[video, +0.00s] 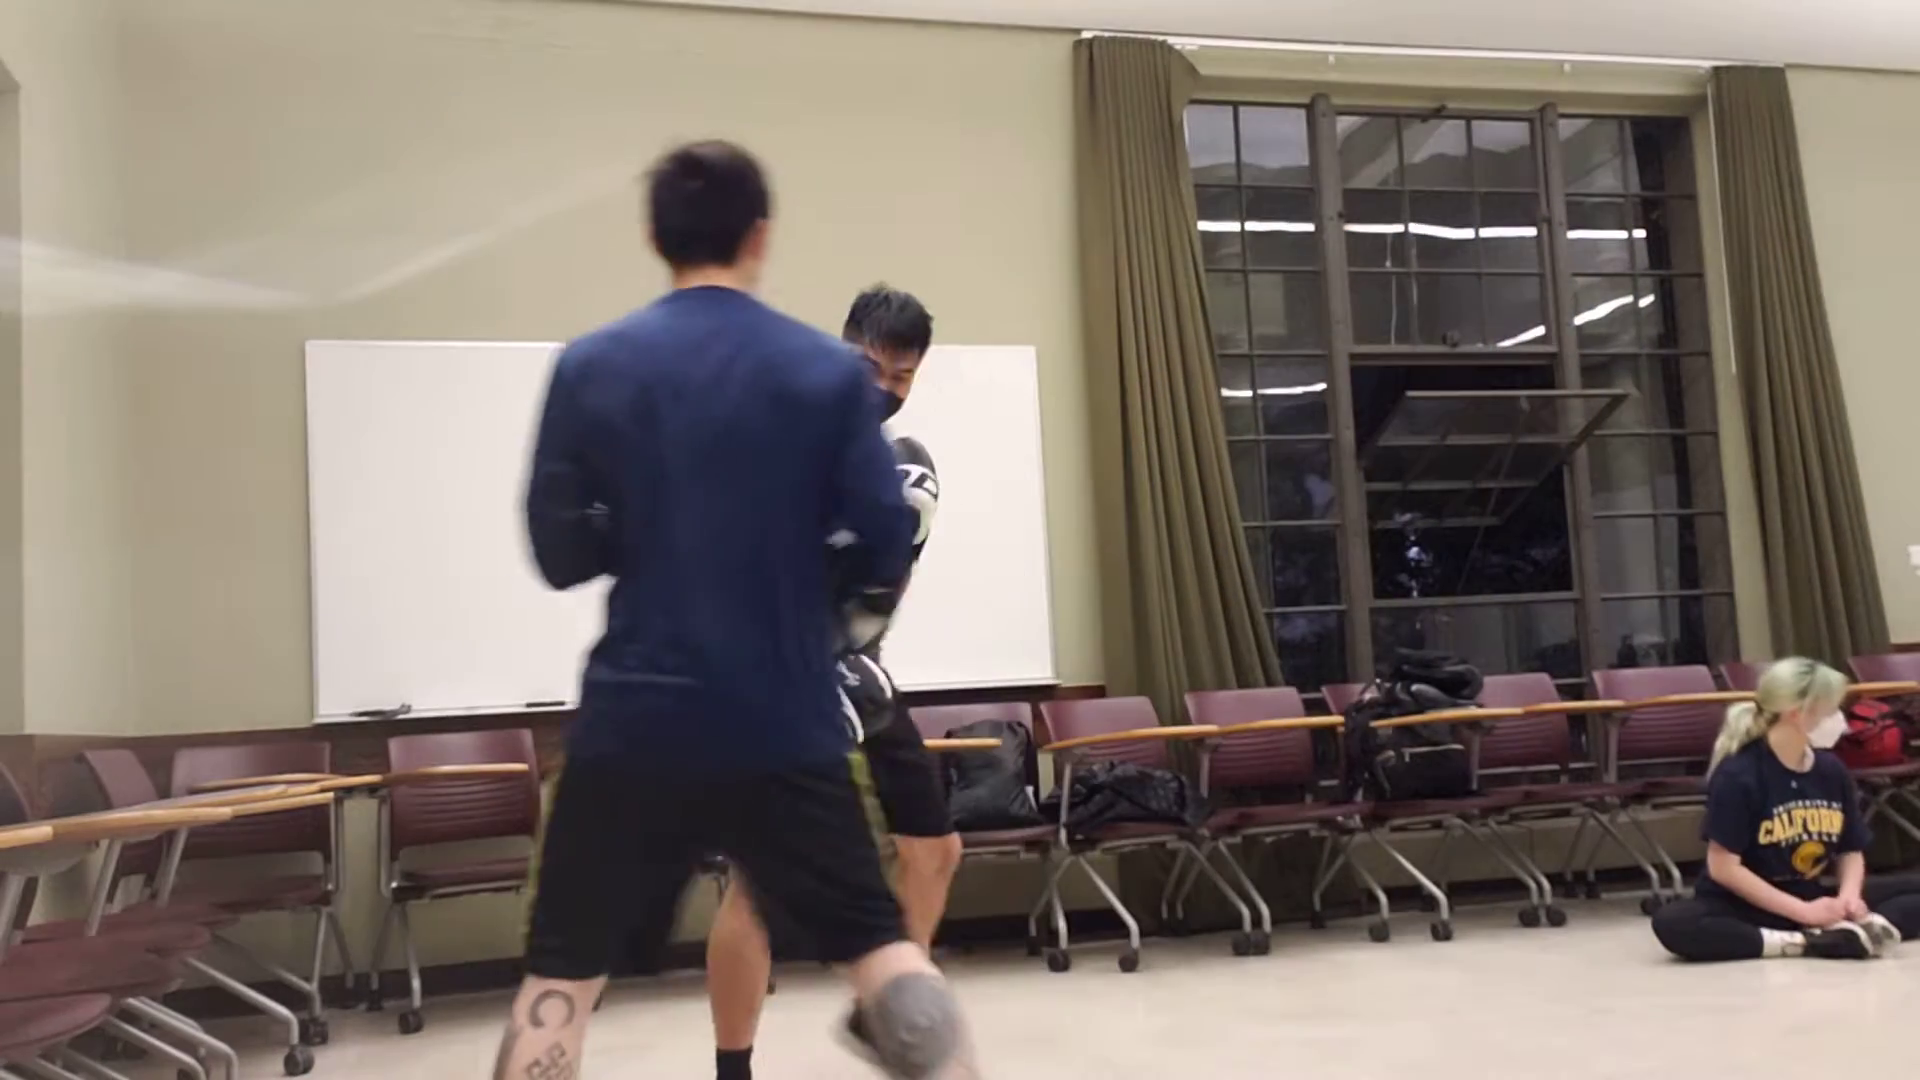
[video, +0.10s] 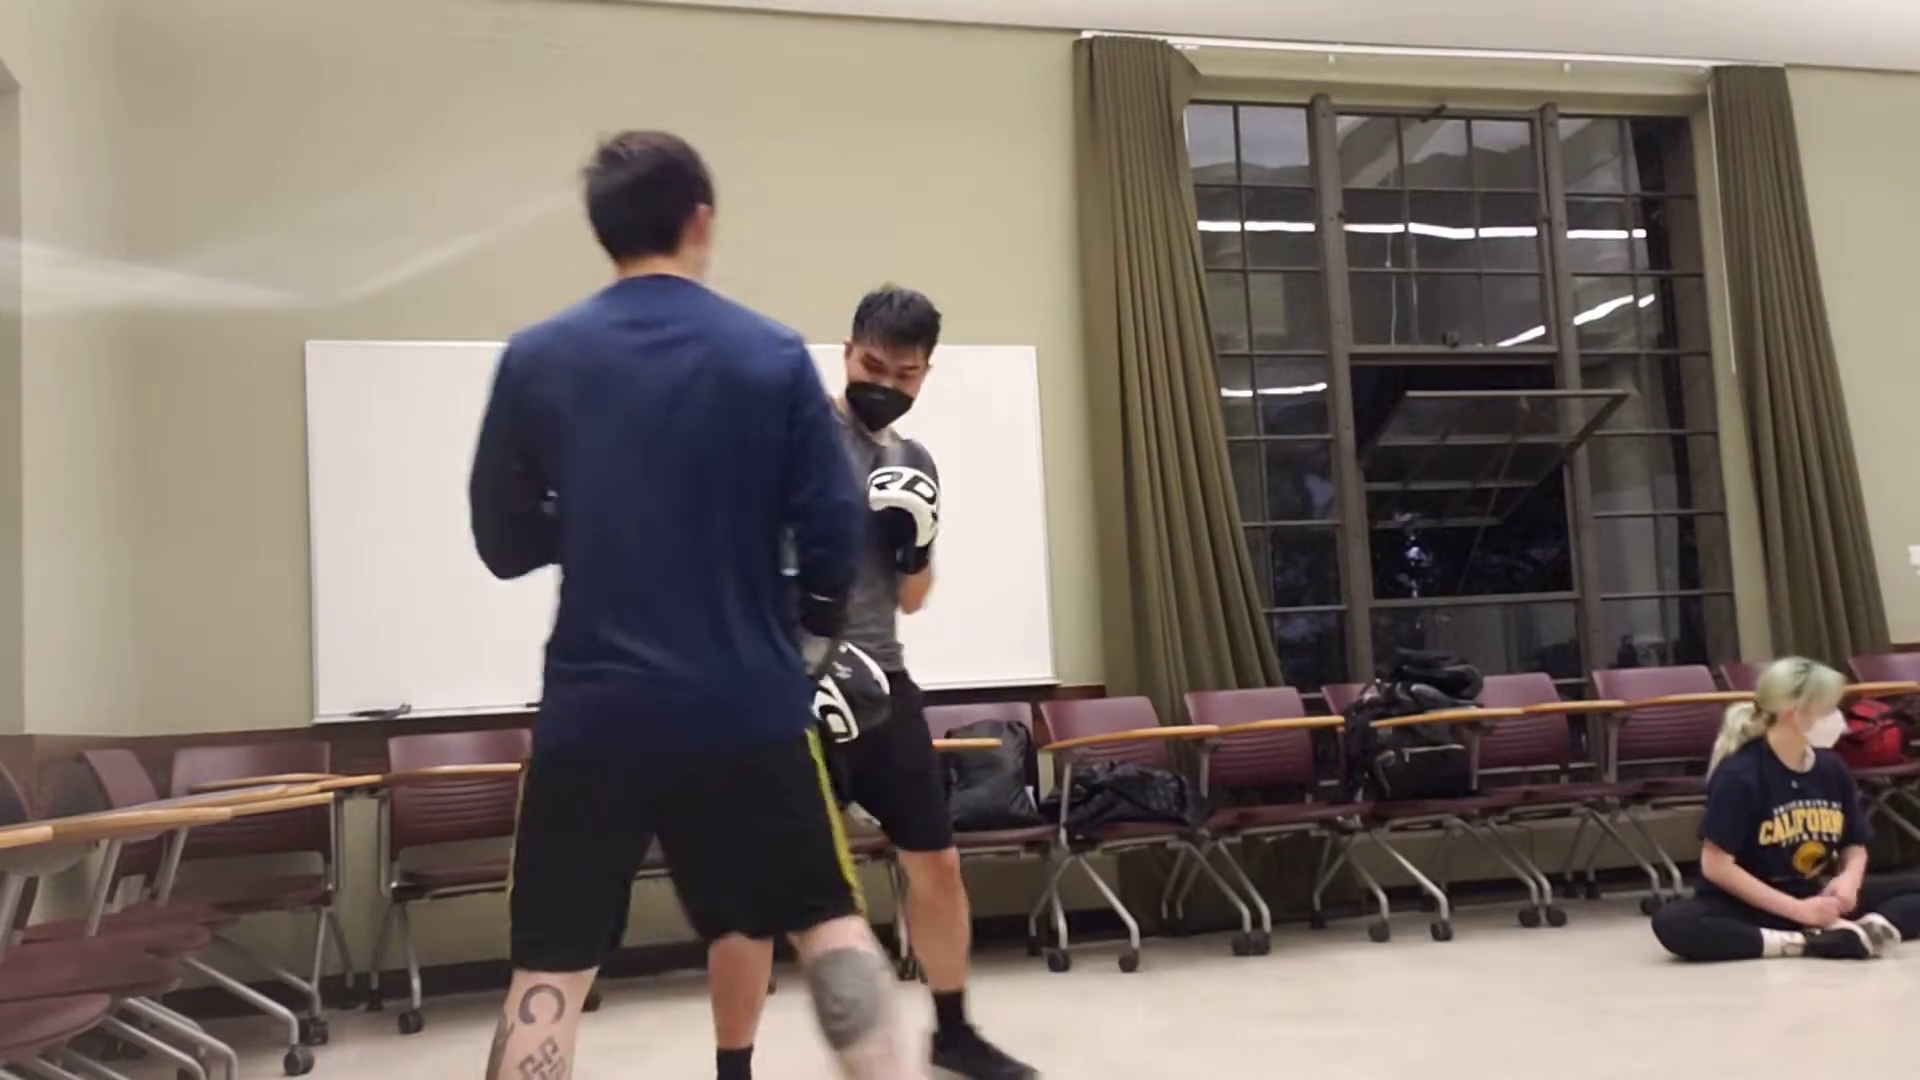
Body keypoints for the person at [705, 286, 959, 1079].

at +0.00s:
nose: (885, 387)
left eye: (901, 373)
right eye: (873, 367)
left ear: (915, 375)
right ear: (839, 354)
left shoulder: (908, 460)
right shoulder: (777, 436)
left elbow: (887, 583)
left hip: (854, 667)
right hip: (771, 672)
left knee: (931, 846)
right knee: (757, 879)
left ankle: (887, 1009)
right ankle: (734, 1065)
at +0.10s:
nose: (887, 381)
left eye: (906, 369)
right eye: (875, 362)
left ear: (926, 374)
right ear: (848, 353)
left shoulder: (912, 464)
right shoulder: (794, 433)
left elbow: (913, 596)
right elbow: (754, 552)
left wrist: (913, 542)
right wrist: (801, 655)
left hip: (879, 670)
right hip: (788, 671)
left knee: (935, 862)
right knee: (757, 884)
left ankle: (953, 1031)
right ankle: (733, 1069)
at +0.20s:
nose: (899, 398)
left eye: (917, 383)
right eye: (886, 379)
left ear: (942, 380)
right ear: (863, 366)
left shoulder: (944, 470)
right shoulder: (811, 440)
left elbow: (960, 601)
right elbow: (740, 526)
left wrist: (943, 525)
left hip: (902, 690)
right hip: (800, 688)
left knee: (955, 871)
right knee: (765, 885)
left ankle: (975, 1042)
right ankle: (737, 1067)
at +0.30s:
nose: (907, 409)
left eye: (926, 395)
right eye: (895, 392)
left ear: (958, 389)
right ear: (876, 382)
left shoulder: (979, 475)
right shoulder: (833, 452)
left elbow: (1009, 600)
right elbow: (780, 566)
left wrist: (973, 529)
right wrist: (806, 660)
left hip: (933, 701)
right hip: (834, 699)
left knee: (980, 874)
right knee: (785, 884)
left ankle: (978, 1042)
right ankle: (745, 1054)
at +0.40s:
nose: (913, 407)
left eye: (931, 393)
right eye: (900, 390)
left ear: (965, 384)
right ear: (883, 378)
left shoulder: (991, 468)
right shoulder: (842, 450)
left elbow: (1030, 589)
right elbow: (798, 565)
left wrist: (991, 522)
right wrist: (818, 654)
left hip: (948, 693)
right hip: (848, 691)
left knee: (983, 870)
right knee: (797, 877)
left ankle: (978, 1043)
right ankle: (759, 1056)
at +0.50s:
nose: (912, 394)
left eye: (929, 378)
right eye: (899, 377)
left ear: (963, 370)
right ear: (880, 367)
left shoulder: (993, 456)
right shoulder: (843, 439)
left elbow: (1024, 580)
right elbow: (800, 548)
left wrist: (990, 518)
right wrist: (824, 644)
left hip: (952, 680)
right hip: (853, 677)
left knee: (979, 859)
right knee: (811, 862)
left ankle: (979, 1040)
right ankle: (783, 1046)